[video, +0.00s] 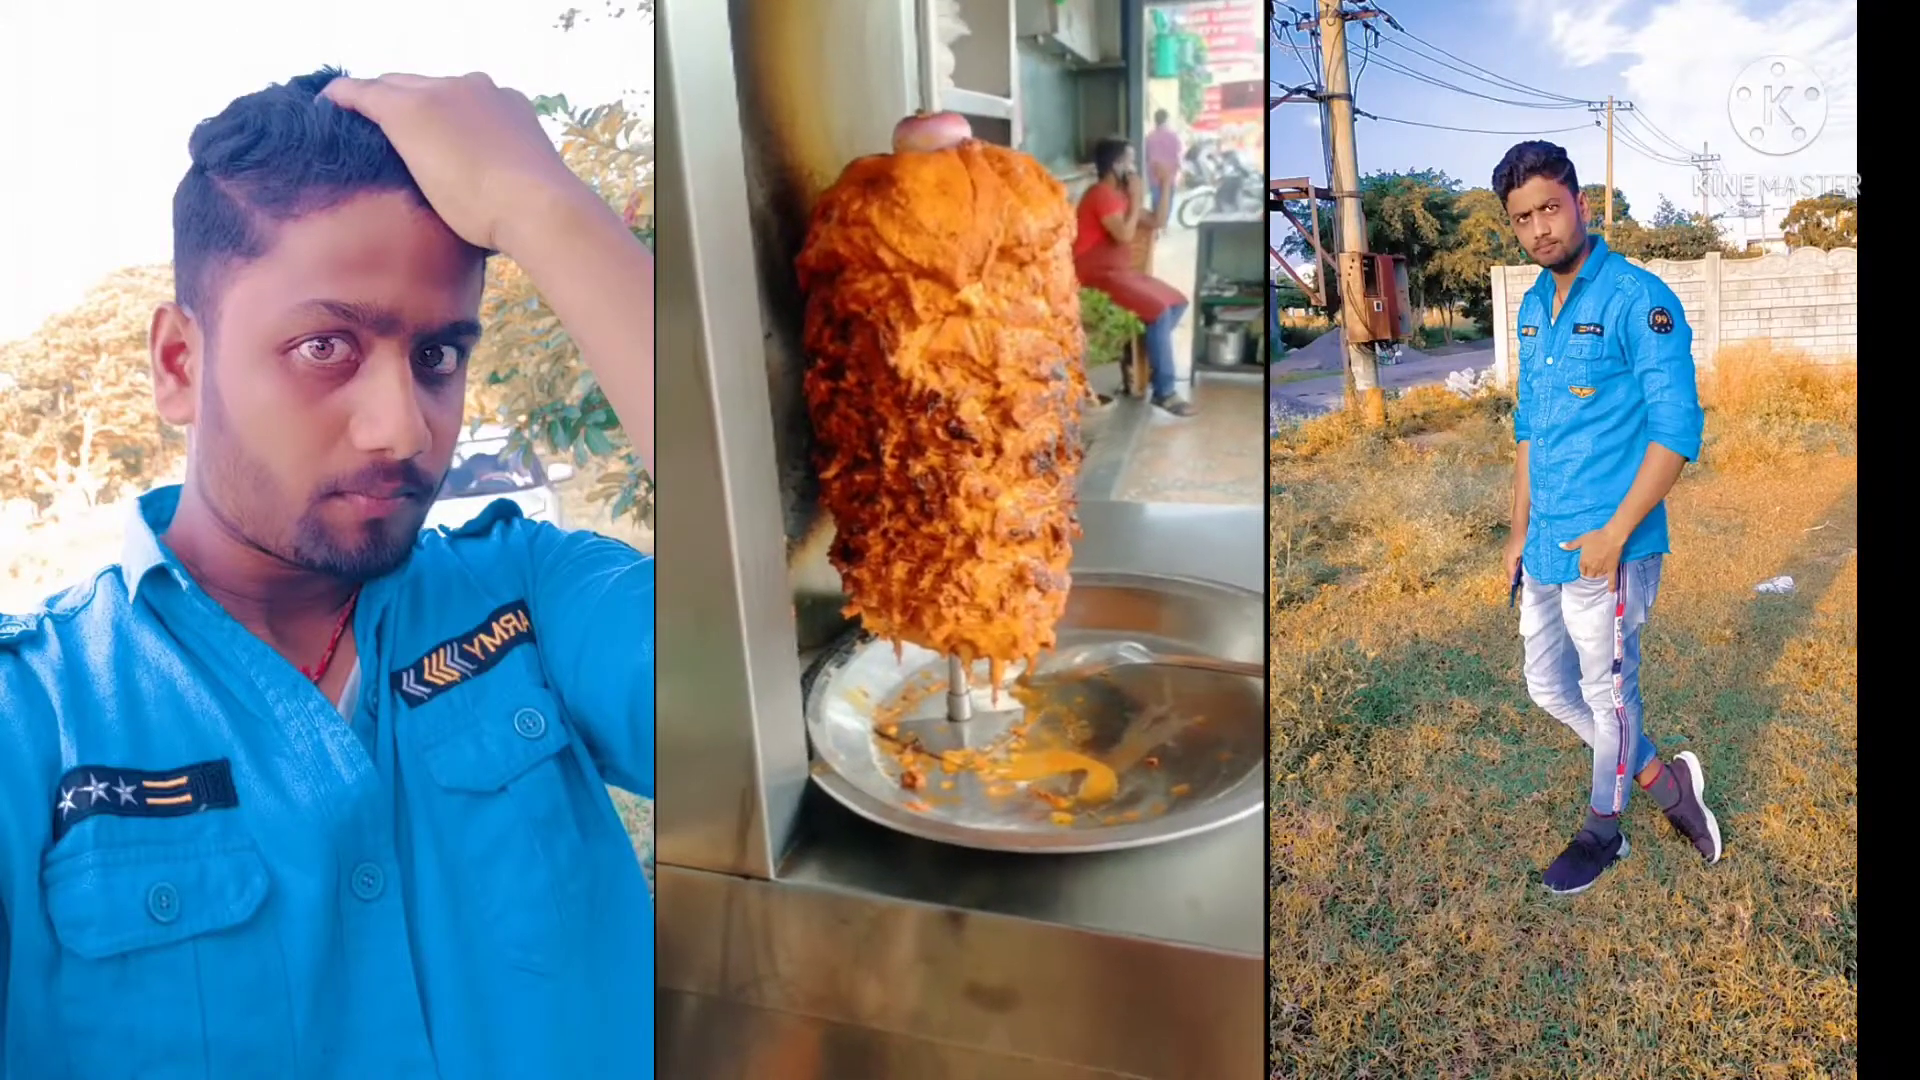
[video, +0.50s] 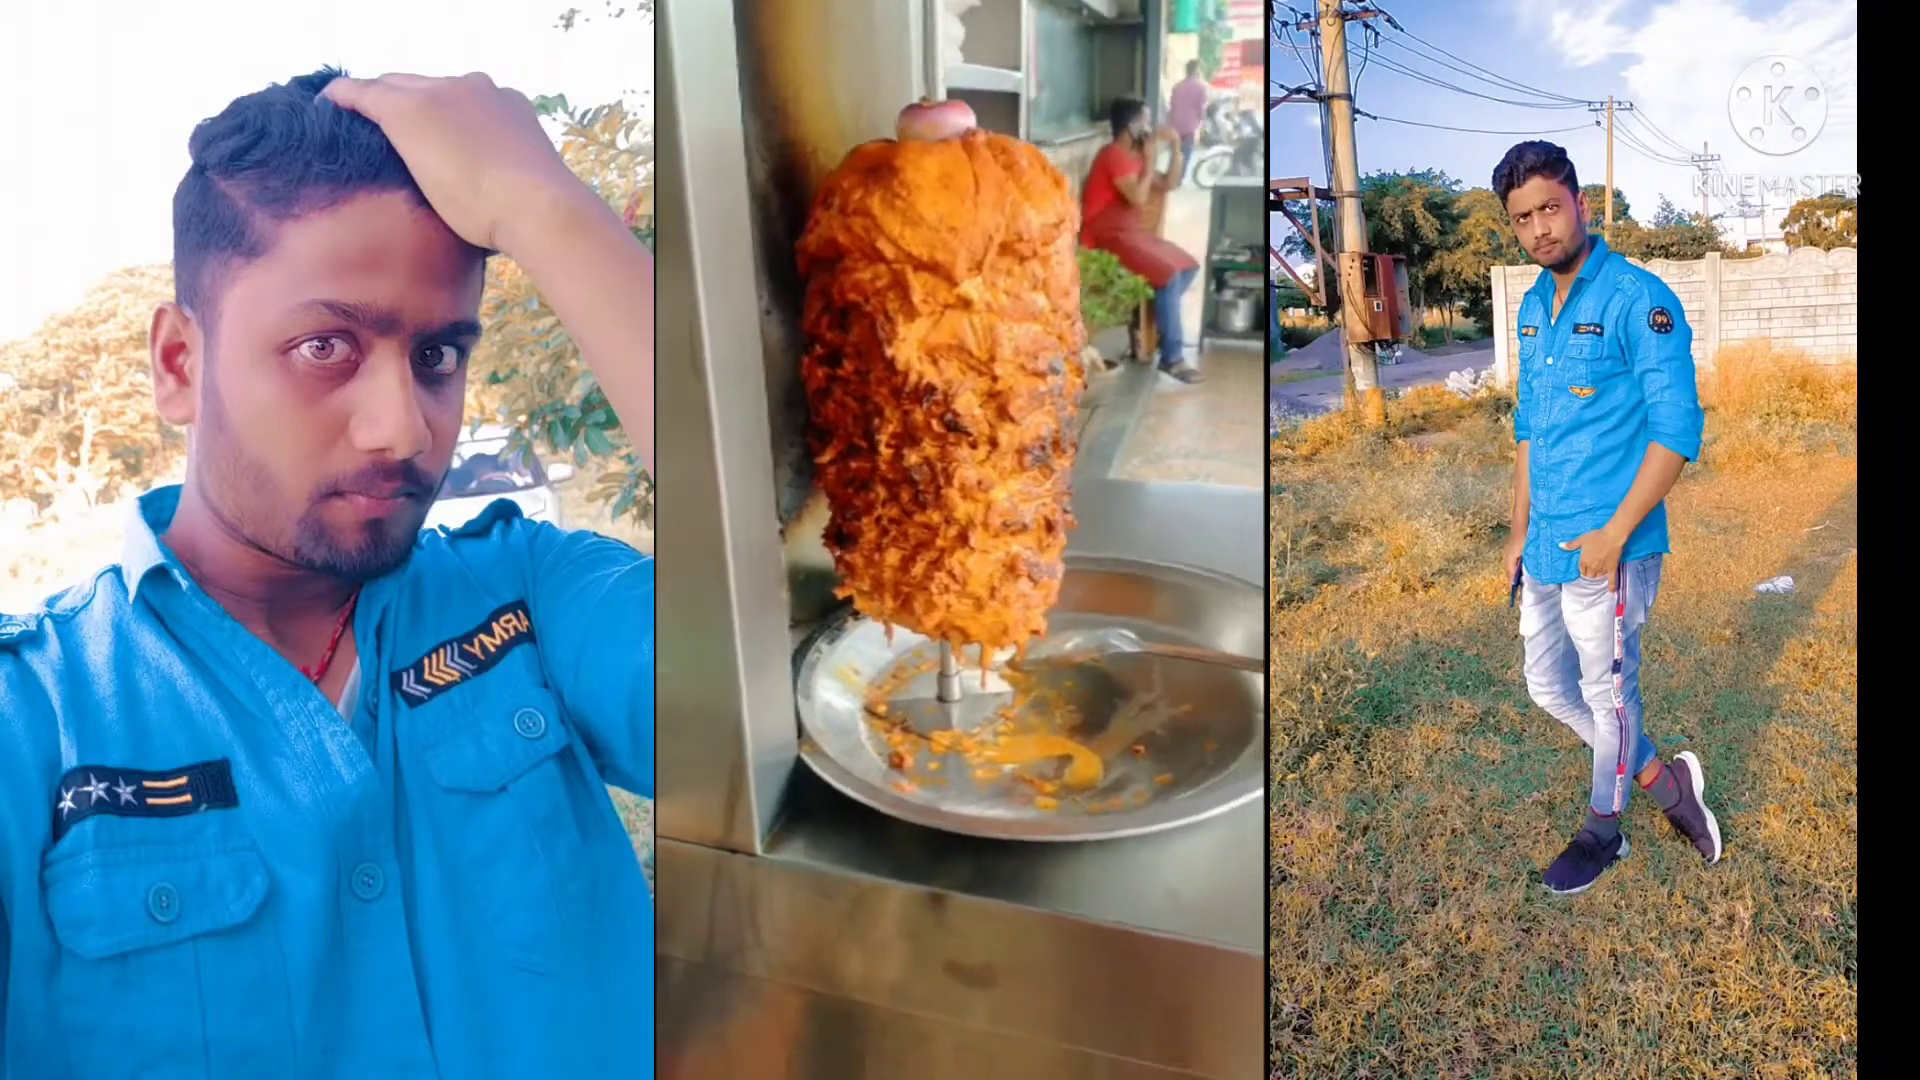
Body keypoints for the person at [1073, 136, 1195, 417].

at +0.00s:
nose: (1133, 166)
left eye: (1133, 160)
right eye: (1128, 160)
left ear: (1114, 165)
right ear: (1113, 164)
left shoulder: (1119, 193)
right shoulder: (1101, 194)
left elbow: (1156, 222)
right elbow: (1124, 234)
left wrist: (1166, 186)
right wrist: (1135, 194)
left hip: (1121, 270)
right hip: (1099, 272)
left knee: (1178, 303)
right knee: (1158, 311)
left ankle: (1134, 357)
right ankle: (1164, 392)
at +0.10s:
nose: (1153, 148)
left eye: (1153, 142)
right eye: (1149, 143)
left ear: (1134, 148)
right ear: (1134, 147)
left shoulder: (1139, 177)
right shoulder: (1121, 177)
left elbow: (1177, 206)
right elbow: (1144, 218)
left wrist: (1186, 168)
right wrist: (1156, 178)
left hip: (1140, 253)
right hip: (1119, 256)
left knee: (1199, 288)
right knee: (1178, 295)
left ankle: (1155, 345)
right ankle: (1185, 379)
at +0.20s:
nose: (1170, 144)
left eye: (1170, 137)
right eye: (1165, 138)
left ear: (1152, 144)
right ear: (1150, 143)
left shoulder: (1157, 173)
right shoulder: (1137, 174)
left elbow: (1195, 201)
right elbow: (1161, 214)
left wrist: (1202, 164)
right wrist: (1174, 173)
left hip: (1158, 250)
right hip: (1135, 254)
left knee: (1217, 283)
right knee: (1196, 291)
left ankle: (1173, 340)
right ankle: (1203, 374)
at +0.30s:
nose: (1178, 129)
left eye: (1177, 122)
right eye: (1173, 123)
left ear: (1159, 129)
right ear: (1159, 128)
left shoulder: (1165, 159)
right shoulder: (1145, 159)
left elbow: (1203, 187)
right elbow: (1171, 200)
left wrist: (1209, 150)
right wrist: (1183, 156)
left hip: (1166, 236)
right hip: (1144, 240)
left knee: (1227, 268)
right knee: (1205, 278)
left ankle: (1181, 328)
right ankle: (1212, 361)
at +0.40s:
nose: (1163, 140)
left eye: (1162, 134)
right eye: (1158, 134)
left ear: (1144, 140)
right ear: (1143, 139)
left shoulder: (1149, 172)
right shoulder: (1128, 171)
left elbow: (1185, 198)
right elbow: (1152, 211)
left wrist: (1191, 162)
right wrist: (1166, 167)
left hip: (1148, 248)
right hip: (1125, 251)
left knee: (1207, 281)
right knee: (1186, 289)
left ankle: (1162, 337)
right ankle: (1192, 372)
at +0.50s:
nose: (1148, 126)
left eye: (1148, 120)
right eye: (1144, 120)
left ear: (1134, 125)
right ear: (1129, 124)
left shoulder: (1135, 155)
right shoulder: (1113, 155)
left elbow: (1169, 184)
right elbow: (1136, 196)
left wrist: (1176, 148)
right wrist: (1151, 153)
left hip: (1132, 232)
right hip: (1108, 235)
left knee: (1189, 267)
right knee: (1167, 274)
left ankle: (1142, 323)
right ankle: (1172, 358)